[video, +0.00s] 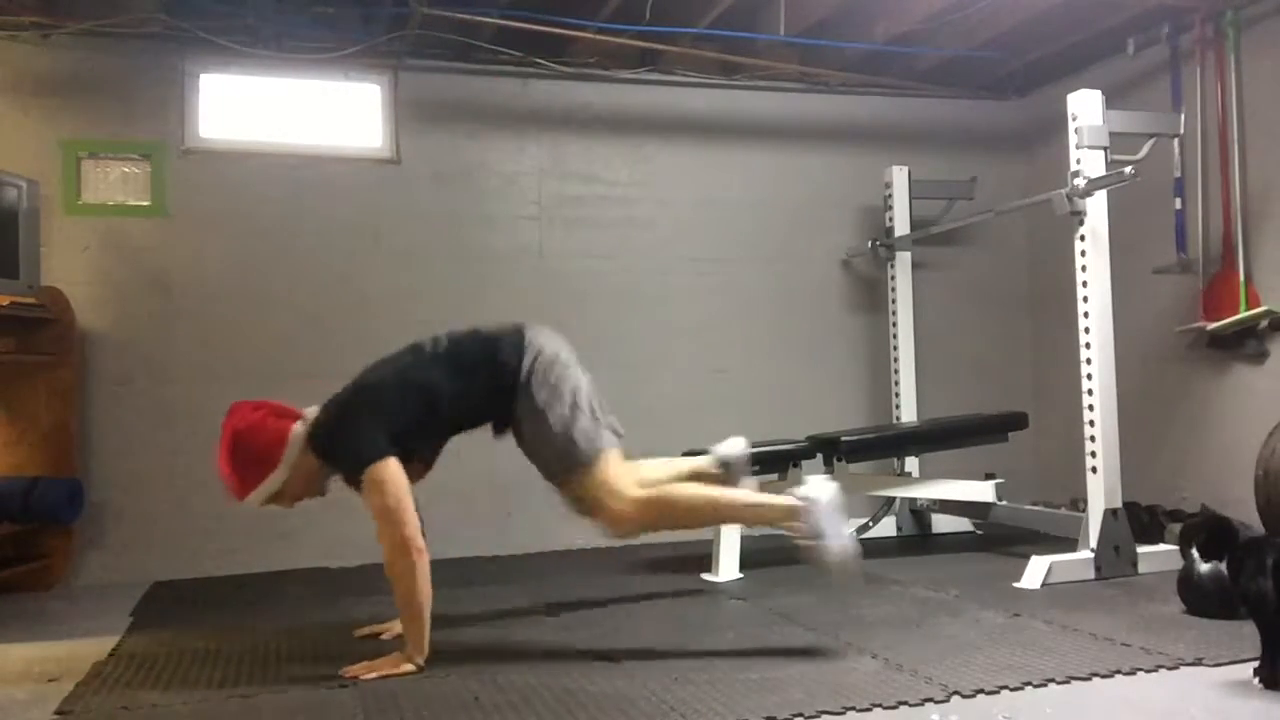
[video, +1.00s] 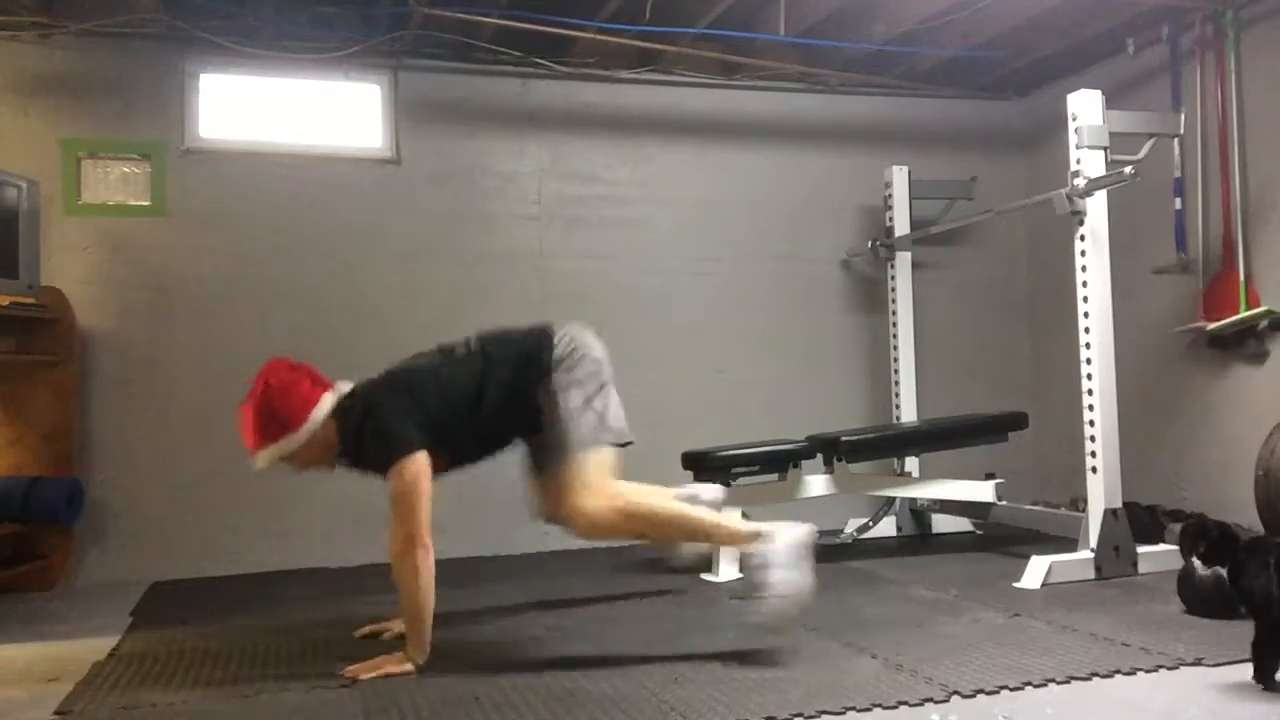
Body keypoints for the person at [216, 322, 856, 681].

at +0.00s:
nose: (285, 505)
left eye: (274, 493)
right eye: (270, 500)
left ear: (288, 458)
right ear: (288, 446)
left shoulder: (359, 435)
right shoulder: (347, 425)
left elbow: (406, 549)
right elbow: (402, 534)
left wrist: (415, 651)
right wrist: (407, 614)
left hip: (528, 370)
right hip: (517, 382)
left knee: (623, 509)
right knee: (604, 496)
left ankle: (801, 510)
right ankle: (716, 466)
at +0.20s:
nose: (247, 564)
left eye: (243, 551)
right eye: (239, 554)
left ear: (264, 525)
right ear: (266, 510)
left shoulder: (342, 509)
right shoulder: (327, 501)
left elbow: (431, 562)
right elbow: (424, 556)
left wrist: (418, 655)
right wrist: (408, 630)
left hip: (541, 490)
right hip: (528, 488)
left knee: (700, 542)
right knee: (676, 532)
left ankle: (871, 570)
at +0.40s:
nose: (257, 634)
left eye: (253, 622)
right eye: (248, 623)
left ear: (273, 600)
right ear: (281, 572)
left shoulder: (340, 582)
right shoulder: (336, 579)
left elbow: (438, 571)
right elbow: (429, 570)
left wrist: (414, 658)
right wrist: (400, 637)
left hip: (559, 582)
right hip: (552, 582)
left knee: (723, 591)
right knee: (672, 568)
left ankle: (891, 574)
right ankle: (759, 527)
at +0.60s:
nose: (245, 599)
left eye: (248, 587)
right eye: (242, 587)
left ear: (276, 567)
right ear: (278, 549)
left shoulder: (343, 557)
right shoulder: (334, 552)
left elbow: (436, 571)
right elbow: (433, 562)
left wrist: (413, 655)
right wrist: (412, 627)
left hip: (554, 561)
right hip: (544, 568)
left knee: (721, 583)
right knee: (666, 568)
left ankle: (887, 571)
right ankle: (768, 524)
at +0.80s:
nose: (261, 517)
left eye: (259, 504)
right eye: (251, 508)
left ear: (289, 472)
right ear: (288, 471)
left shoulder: (358, 471)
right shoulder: (340, 483)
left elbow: (423, 556)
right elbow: (415, 552)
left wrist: (417, 652)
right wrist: (410, 634)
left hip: (554, 491)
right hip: (544, 506)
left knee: (707, 544)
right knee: (669, 547)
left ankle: (886, 575)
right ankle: (760, 553)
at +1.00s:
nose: (291, 464)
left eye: (286, 451)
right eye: (280, 455)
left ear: (306, 429)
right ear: (312, 414)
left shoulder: (386, 421)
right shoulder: (371, 421)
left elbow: (415, 546)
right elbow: (408, 539)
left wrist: (416, 652)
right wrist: (410, 621)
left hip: (560, 360)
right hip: (537, 384)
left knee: (590, 507)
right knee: (561, 503)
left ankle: (762, 539)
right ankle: (694, 505)